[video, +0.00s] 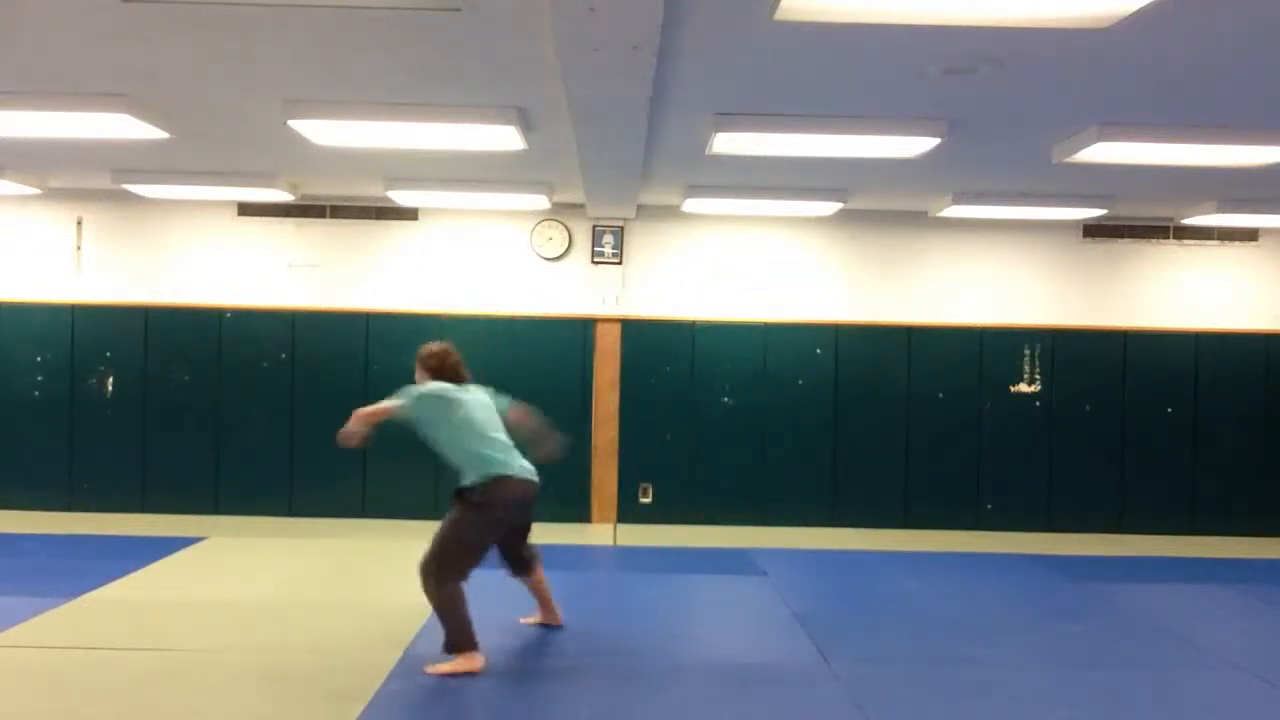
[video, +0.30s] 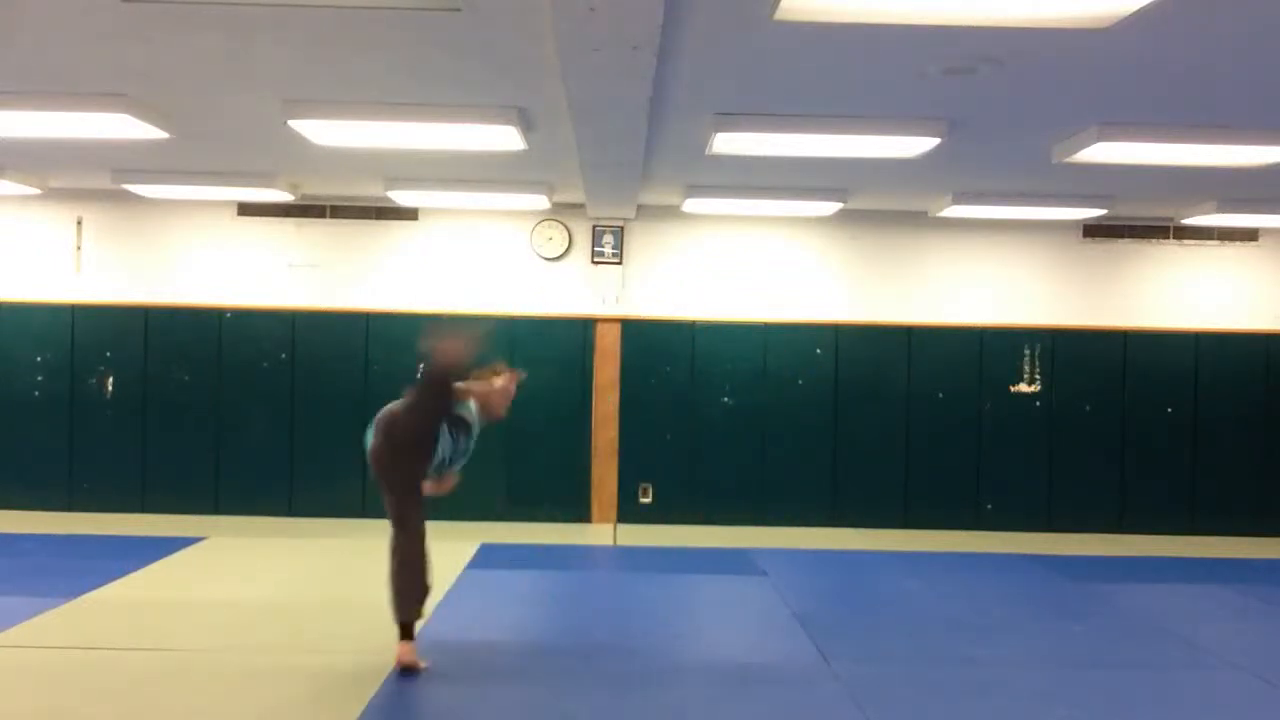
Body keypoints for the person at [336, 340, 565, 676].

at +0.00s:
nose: (415, 378)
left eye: (417, 372)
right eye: (416, 372)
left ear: (426, 374)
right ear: (455, 372)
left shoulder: (421, 395)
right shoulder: (480, 393)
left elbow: (365, 414)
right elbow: (523, 416)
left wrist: (352, 432)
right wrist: (546, 442)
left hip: (488, 490)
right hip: (525, 485)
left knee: (438, 570)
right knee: (515, 547)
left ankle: (466, 653)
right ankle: (549, 611)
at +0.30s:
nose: (507, 400)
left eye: (510, 394)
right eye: (503, 390)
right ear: (484, 384)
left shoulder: (462, 447)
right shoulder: (462, 403)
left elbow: (442, 483)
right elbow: (446, 389)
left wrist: (429, 484)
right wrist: (488, 385)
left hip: (397, 467)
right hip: (402, 433)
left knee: (409, 542)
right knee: (431, 399)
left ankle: (406, 640)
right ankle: (441, 362)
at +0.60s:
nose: (495, 381)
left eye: (501, 379)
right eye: (493, 372)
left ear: (498, 393)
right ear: (471, 368)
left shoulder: (470, 435)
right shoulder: (432, 377)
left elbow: (435, 478)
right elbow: (378, 391)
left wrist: (433, 456)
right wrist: (423, 410)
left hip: (392, 487)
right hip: (350, 462)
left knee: (405, 556)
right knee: (285, 526)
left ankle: (388, 646)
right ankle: (278, 553)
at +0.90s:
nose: (363, 315)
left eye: (371, 308)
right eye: (358, 308)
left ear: (387, 311)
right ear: (353, 312)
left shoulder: (397, 350)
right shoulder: (362, 350)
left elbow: (404, 399)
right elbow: (370, 394)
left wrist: (351, 395)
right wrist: (341, 402)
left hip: (380, 457)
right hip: (344, 453)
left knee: (389, 541)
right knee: (334, 534)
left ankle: (401, 628)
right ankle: (329, 606)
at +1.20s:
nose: (355, 307)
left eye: (363, 303)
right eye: (351, 301)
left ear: (378, 310)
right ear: (345, 307)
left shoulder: (387, 344)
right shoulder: (354, 349)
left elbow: (373, 389)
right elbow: (356, 402)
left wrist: (326, 414)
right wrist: (334, 437)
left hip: (376, 452)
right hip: (343, 451)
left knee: (373, 535)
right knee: (338, 529)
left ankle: (386, 622)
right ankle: (343, 606)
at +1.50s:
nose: (388, 311)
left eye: (395, 306)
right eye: (383, 305)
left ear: (405, 312)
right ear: (370, 309)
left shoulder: (418, 346)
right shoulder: (351, 344)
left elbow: (438, 389)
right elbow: (318, 385)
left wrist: (412, 368)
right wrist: (352, 373)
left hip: (397, 457)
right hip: (351, 456)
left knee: (415, 536)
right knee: (346, 534)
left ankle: (438, 609)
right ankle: (344, 606)